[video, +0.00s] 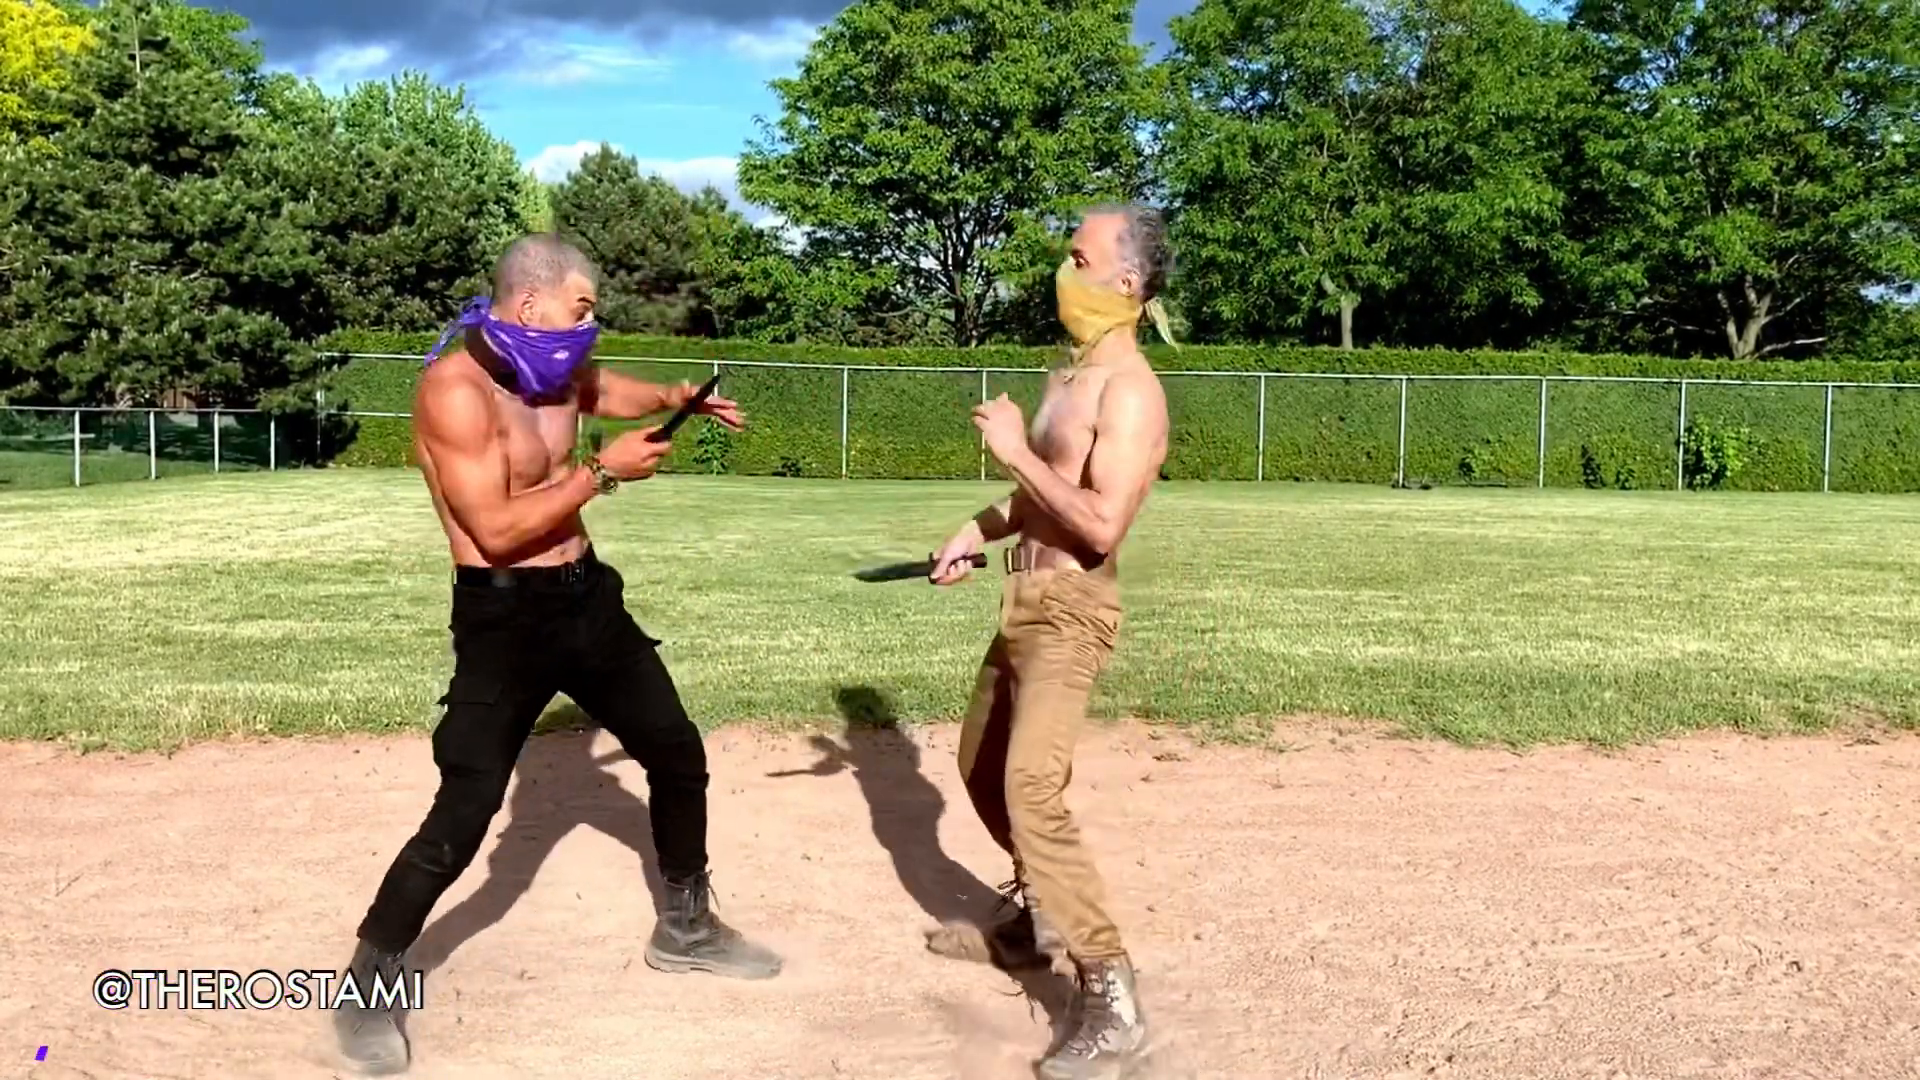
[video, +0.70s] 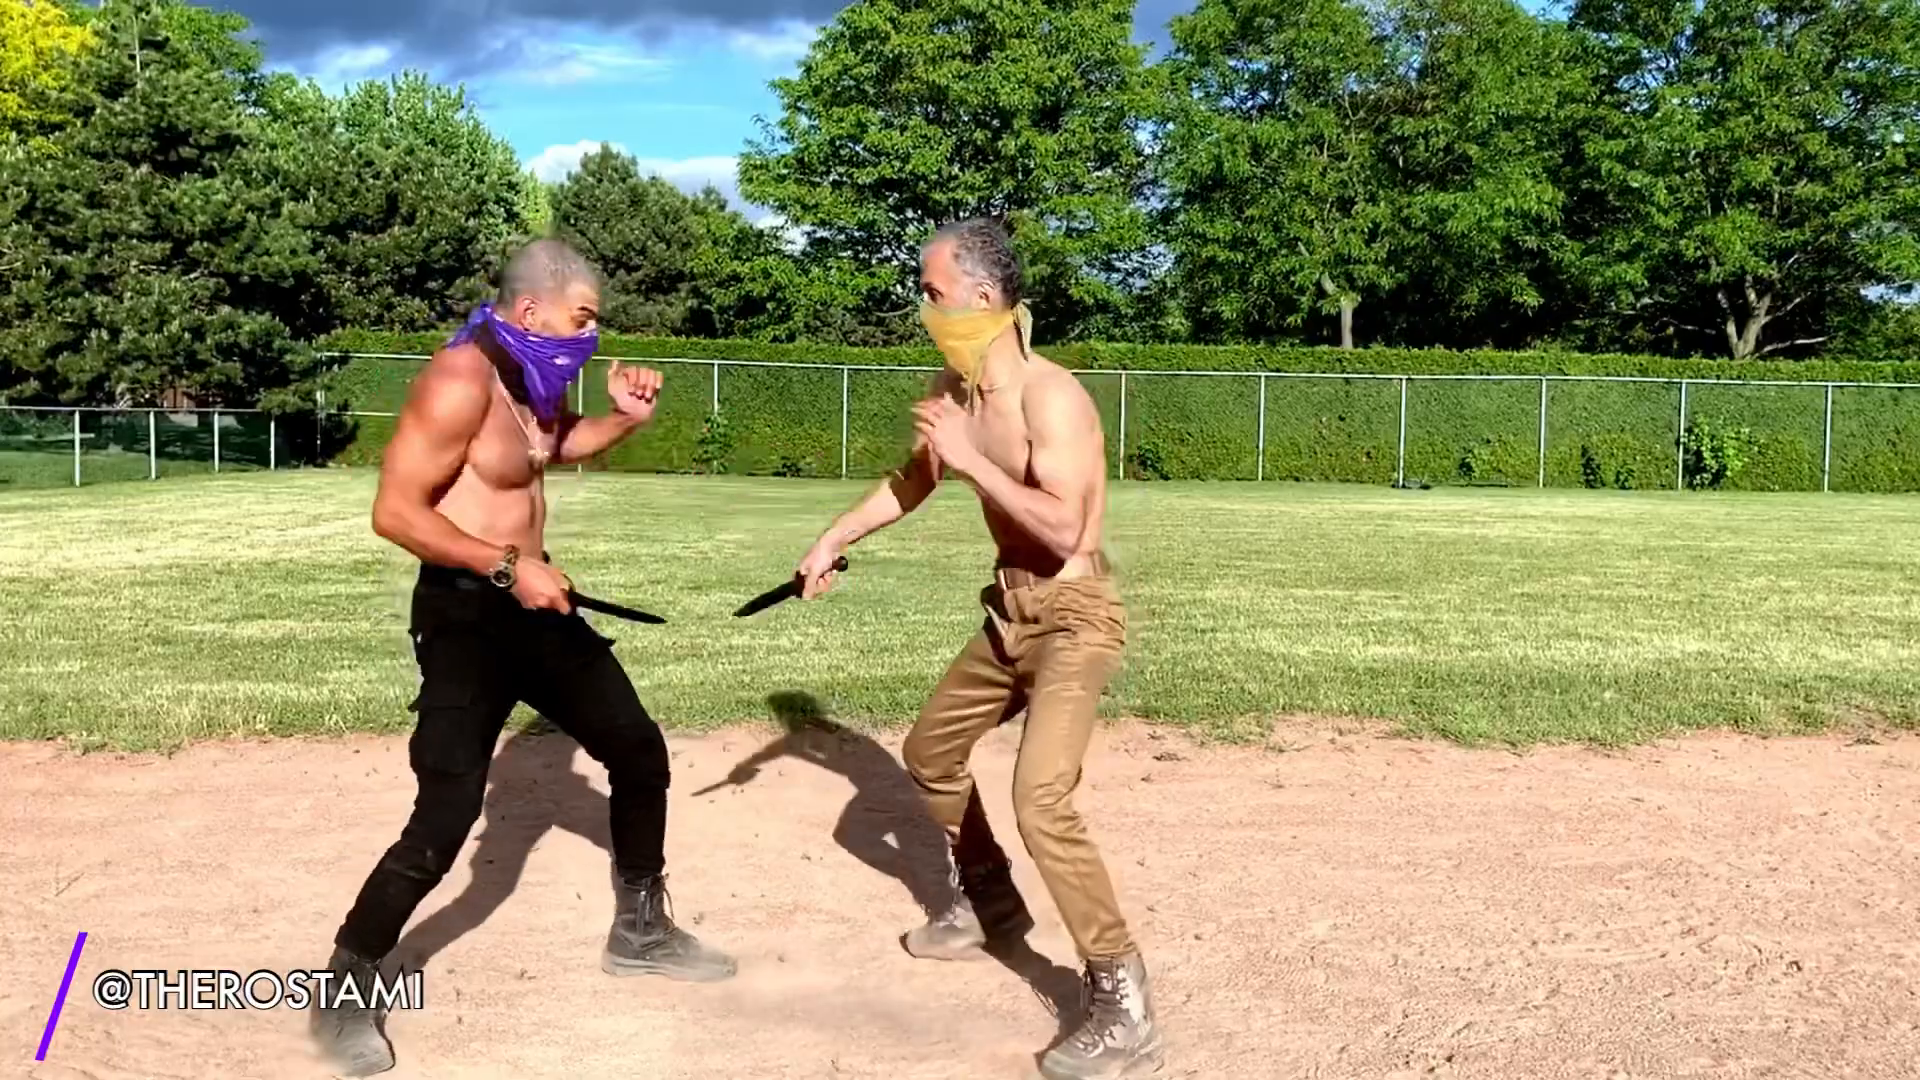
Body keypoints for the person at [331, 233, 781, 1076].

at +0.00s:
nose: (586, 327)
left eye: (588, 315)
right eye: (578, 312)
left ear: (537, 302)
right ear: (526, 303)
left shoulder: (552, 361)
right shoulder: (453, 388)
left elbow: (602, 392)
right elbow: (497, 534)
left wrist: (678, 398)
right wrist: (601, 470)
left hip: (586, 603)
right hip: (503, 620)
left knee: (679, 757)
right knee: (461, 820)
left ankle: (687, 924)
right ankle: (366, 986)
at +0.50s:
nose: (586, 321)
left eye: (589, 306)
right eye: (575, 304)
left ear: (559, 300)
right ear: (519, 293)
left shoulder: (568, 351)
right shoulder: (432, 355)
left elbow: (664, 393)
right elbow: (385, 488)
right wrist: (509, 482)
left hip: (521, 604)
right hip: (426, 606)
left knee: (609, 755)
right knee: (414, 804)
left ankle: (635, 925)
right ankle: (353, 986)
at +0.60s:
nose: (595, 337)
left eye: (601, 323)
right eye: (585, 320)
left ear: (587, 319)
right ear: (529, 315)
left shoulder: (581, 380)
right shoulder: (444, 371)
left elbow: (638, 441)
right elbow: (352, 474)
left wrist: (712, 468)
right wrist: (463, 504)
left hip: (529, 613)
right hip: (437, 611)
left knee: (631, 758)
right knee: (407, 806)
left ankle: (639, 928)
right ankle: (338, 986)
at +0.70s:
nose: (586, 338)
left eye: (591, 323)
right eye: (578, 320)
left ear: (538, 311)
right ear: (525, 308)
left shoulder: (529, 373)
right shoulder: (459, 379)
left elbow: (553, 447)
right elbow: (394, 513)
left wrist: (624, 418)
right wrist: (508, 565)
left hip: (534, 604)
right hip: (463, 612)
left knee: (639, 751)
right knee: (443, 820)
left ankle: (643, 927)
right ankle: (343, 989)